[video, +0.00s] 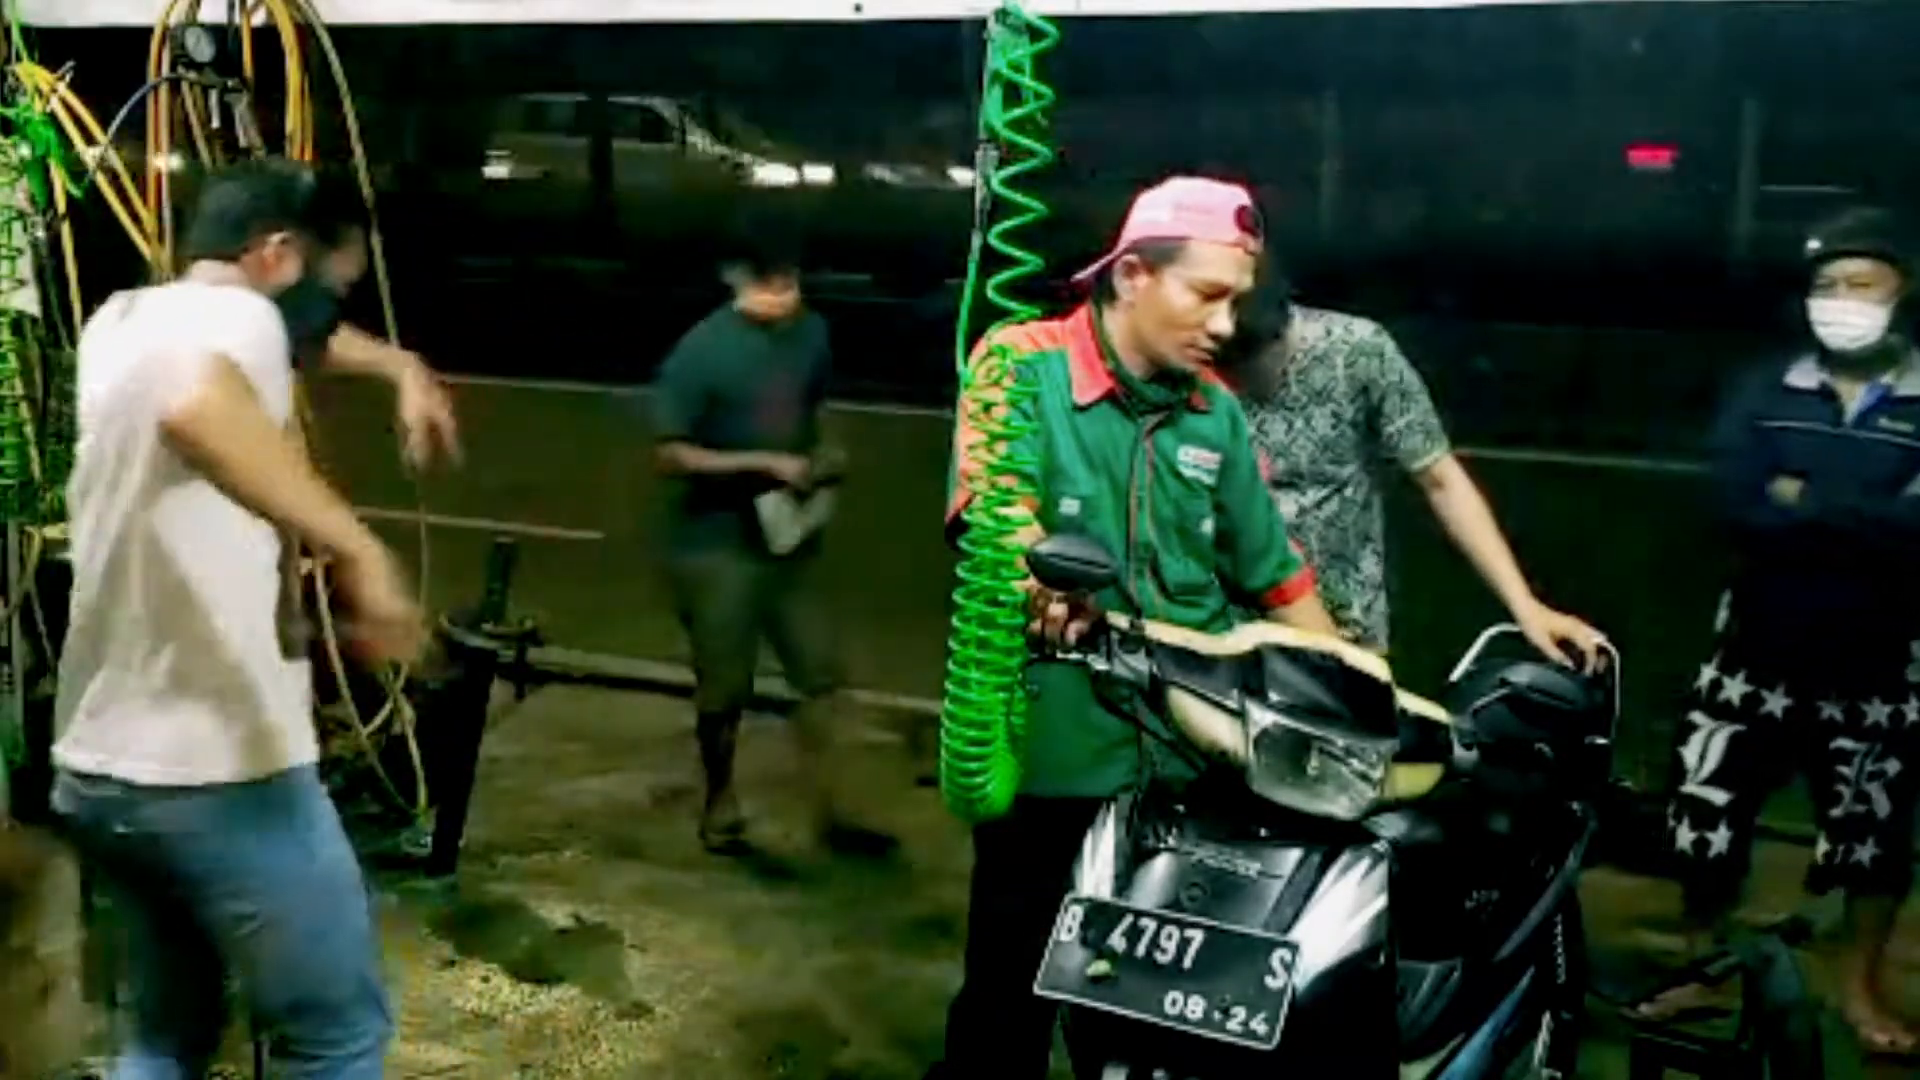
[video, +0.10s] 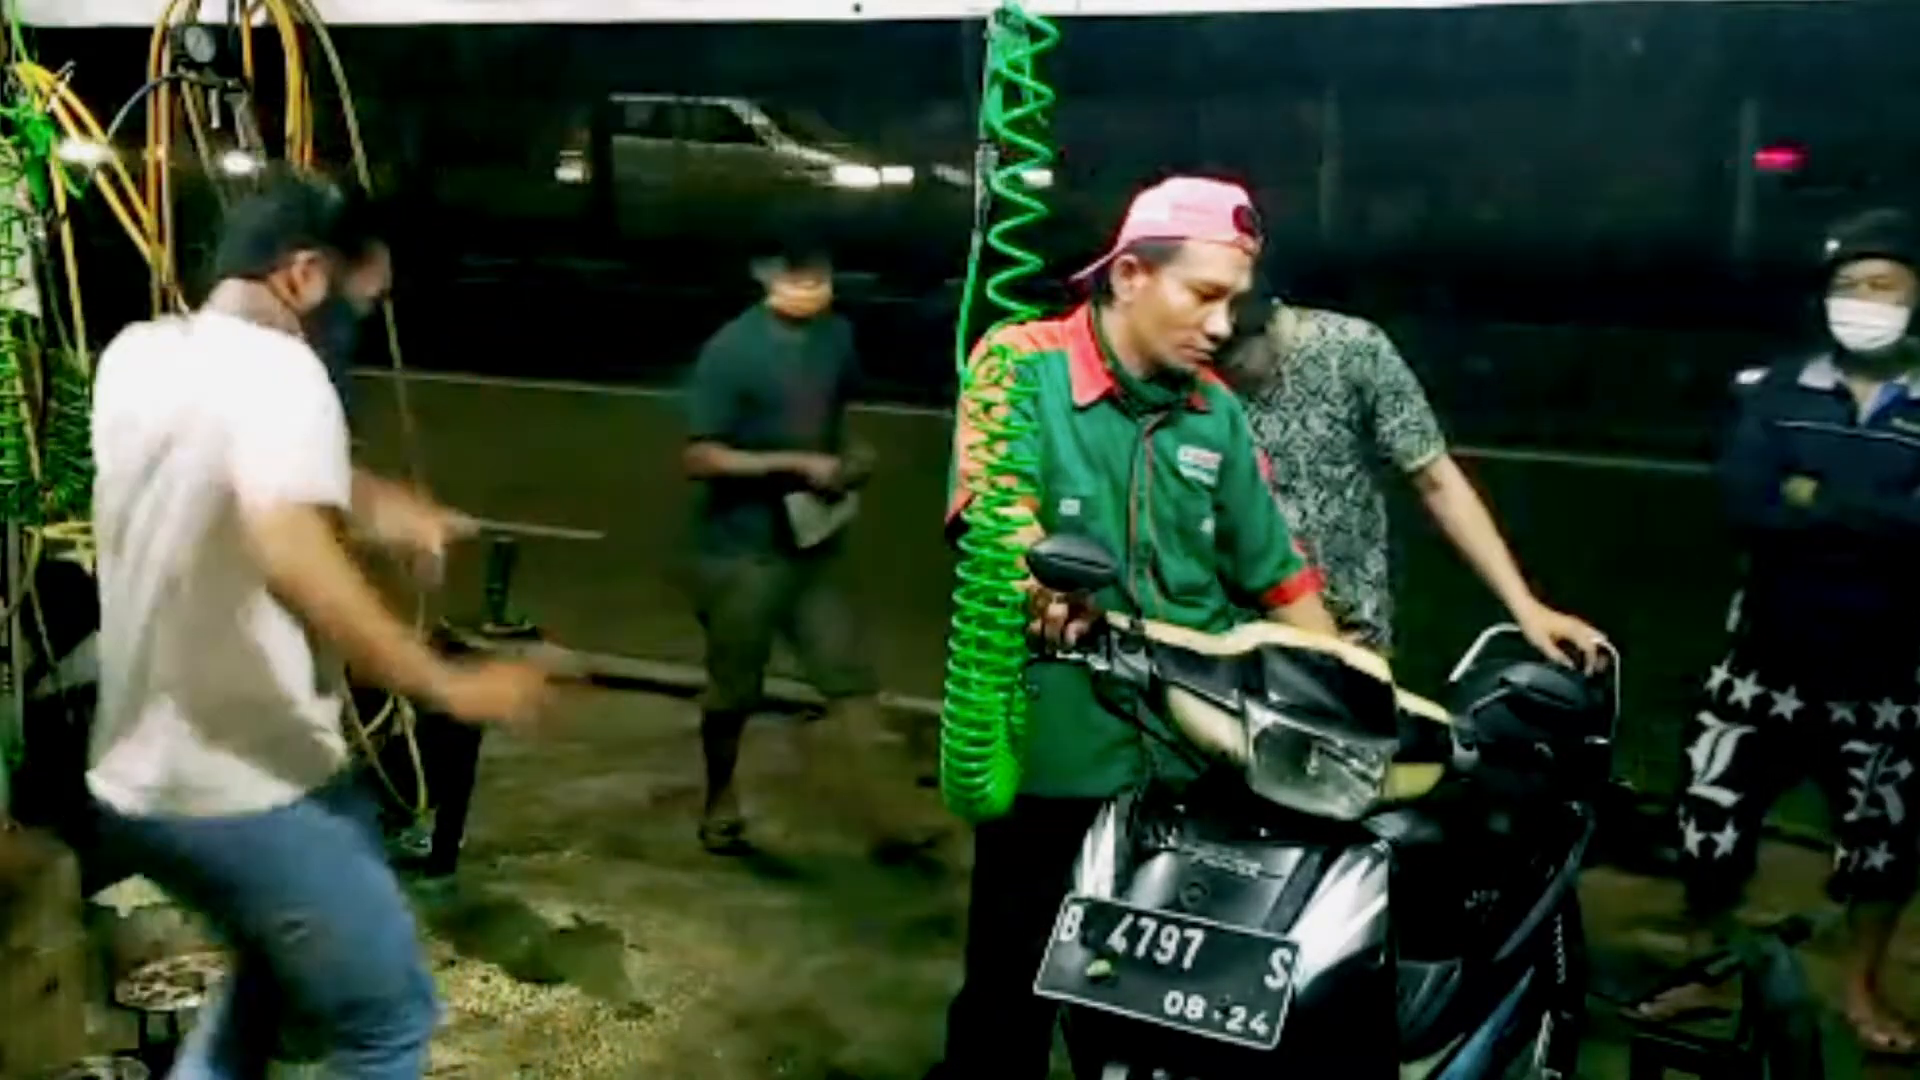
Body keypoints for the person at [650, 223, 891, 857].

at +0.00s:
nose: (781, 297)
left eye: (788, 283)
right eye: (767, 285)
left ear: (800, 282)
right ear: (736, 282)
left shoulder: (809, 338)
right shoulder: (705, 349)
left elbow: (811, 422)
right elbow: (669, 450)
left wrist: (823, 461)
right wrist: (769, 463)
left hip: (785, 544)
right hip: (714, 546)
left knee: (819, 676)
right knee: (723, 686)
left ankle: (827, 815)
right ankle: (720, 809)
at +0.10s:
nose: (813, 290)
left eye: (820, 278)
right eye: (799, 278)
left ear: (830, 281)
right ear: (767, 280)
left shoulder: (834, 340)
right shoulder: (733, 349)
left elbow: (833, 427)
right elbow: (699, 454)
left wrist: (848, 460)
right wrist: (801, 464)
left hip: (809, 548)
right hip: (739, 549)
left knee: (847, 679)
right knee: (733, 688)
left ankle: (885, 820)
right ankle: (720, 807)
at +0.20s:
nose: (843, 287)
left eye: (853, 276)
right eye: (830, 275)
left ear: (868, 283)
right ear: (803, 279)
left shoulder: (870, 344)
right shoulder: (769, 351)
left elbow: (864, 429)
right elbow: (733, 455)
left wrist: (879, 471)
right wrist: (836, 464)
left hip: (850, 553)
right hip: (772, 553)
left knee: (875, 686)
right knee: (753, 687)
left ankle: (888, 824)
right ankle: (722, 798)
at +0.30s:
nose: (868, 286)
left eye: (878, 274)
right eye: (855, 273)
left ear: (890, 281)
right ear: (826, 277)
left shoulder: (894, 344)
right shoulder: (794, 348)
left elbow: (887, 430)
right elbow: (757, 453)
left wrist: (900, 471)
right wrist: (860, 461)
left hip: (875, 555)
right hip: (798, 554)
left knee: (906, 688)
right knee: (778, 695)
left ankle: (895, 833)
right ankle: (726, 801)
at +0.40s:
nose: (900, 281)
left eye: (910, 268)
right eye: (886, 267)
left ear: (925, 273)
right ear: (857, 270)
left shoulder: (936, 342)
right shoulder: (825, 345)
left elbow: (961, 424)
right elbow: (789, 447)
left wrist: (953, 465)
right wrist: (896, 455)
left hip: (919, 560)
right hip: (840, 561)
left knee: (918, 705)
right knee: (837, 716)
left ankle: (897, 833)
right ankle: (761, 784)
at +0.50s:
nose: (923, 268)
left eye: (934, 255)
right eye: (910, 253)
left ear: (951, 264)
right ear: (882, 257)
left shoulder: (951, 340)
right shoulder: (850, 339)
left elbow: (969, 424)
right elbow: (819, 445)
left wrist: (977, 459)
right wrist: (928, 448)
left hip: (947, 548)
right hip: (873, 547)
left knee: (931, 704)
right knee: (887, 704)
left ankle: (902, 827)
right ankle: (815, 780)